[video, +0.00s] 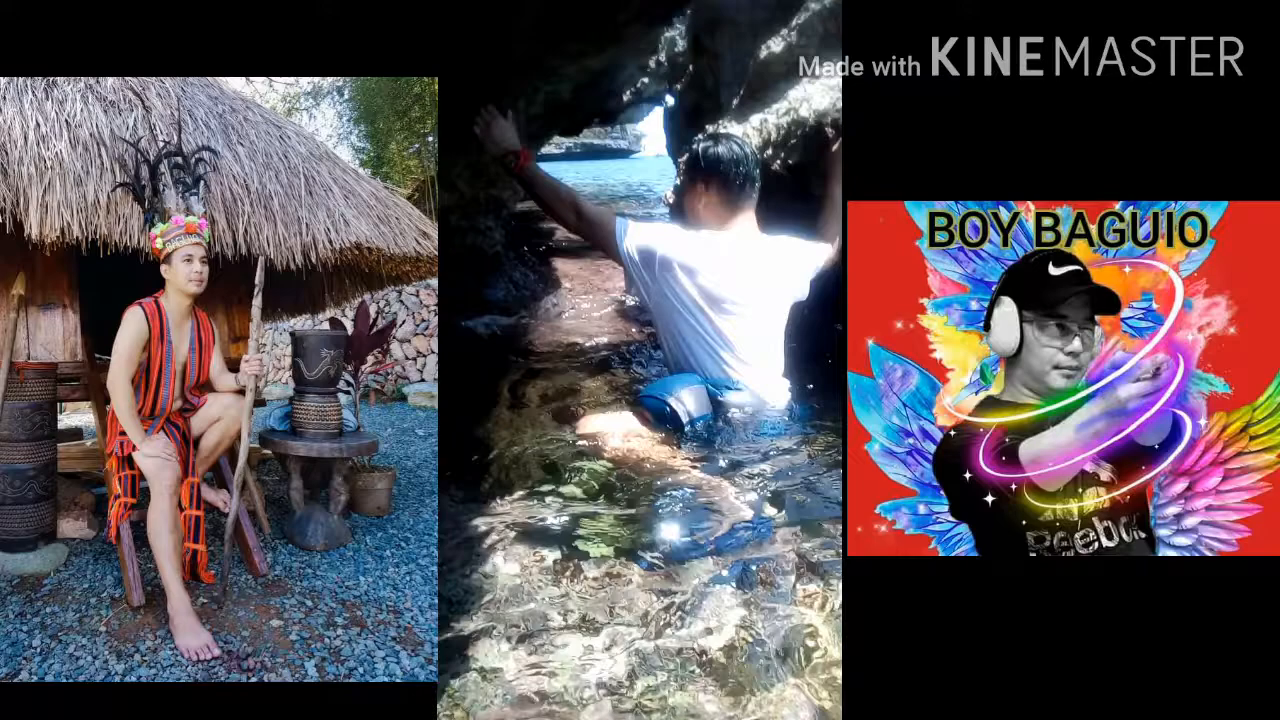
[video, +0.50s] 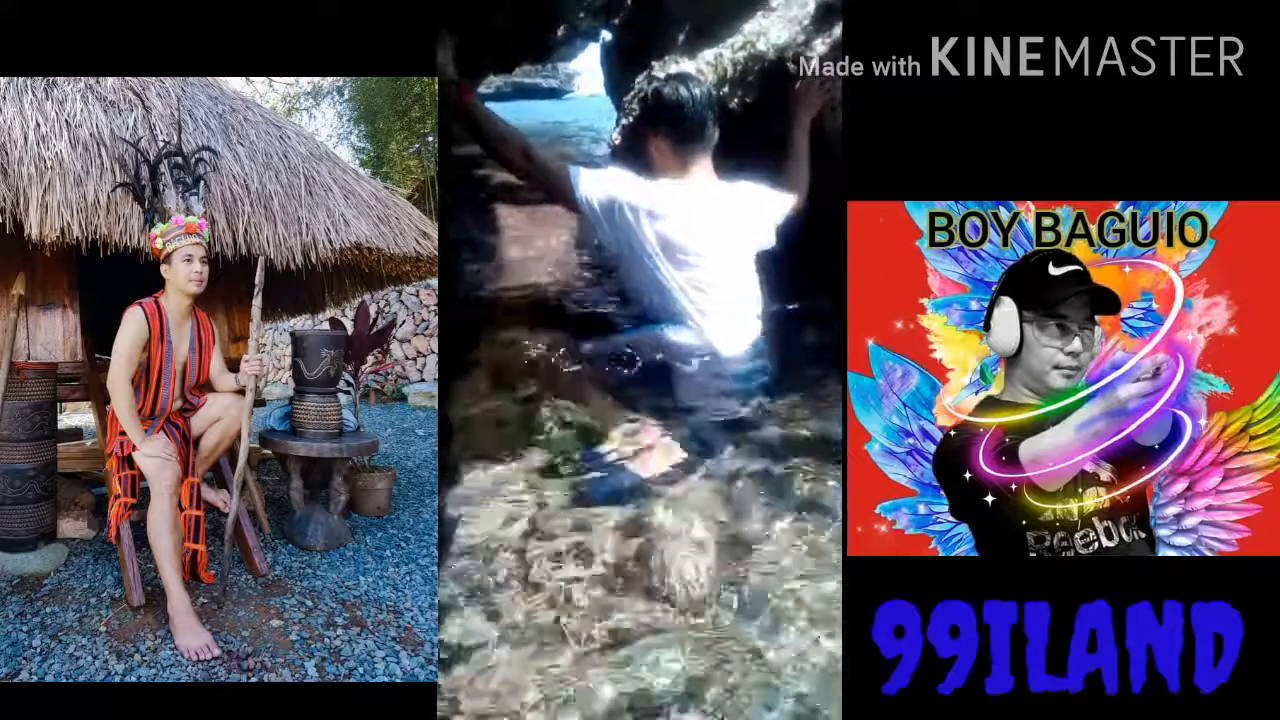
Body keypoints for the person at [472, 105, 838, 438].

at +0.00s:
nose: (675, 194)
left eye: (681, 182)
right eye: (679, 181)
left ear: (705, 190)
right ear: (754, 192)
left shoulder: (664, 248)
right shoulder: (794, 257)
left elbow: (577, 215)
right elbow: (837, 248)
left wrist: (516, 157)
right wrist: (837, 168)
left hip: (717, 417)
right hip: (787, 420)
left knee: (596, 426)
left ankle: (726, 503)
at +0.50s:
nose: (633, 147)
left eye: (635, 135)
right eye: (632, 134)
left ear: (655, 145)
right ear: (711, 137)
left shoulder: (625, 196)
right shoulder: (745, 201)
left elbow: (524, 161)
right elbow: (796, 192)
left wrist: (464, 97)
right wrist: (802, 119)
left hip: (686, 359)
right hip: (751, 357)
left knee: (563, 365)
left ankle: (643, 443)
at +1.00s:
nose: (648, 37)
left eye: (648, 27)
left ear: (652, 34)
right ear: (721, 34)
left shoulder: (613, 95)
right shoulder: (747, 102)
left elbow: (508, 53)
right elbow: (802, 86)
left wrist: (458, 3)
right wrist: (813, 12)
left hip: (657, 269)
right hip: (731, 265)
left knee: (572, 233)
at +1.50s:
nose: (632, 112)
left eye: (636, 101)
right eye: (635, 101)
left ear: (650, 107)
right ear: (698, 113)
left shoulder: (606, 169)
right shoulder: (715, 164)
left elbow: (515, 137)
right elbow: (723, 114)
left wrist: (452, 58)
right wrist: (711, 53)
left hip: (651, 325)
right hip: (719, 313)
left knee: (572, 299)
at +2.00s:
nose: (599, 154)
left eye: (617, 145)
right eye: (595, 142)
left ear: (647, 161)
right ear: (586, 146)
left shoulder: (593, 205)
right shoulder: (650, 206)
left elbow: (520, 175)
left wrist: (454, 96)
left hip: (635, 341)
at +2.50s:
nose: (618, 152)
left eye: (632, 141)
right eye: (615, 140)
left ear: (665, 150)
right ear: (611, 141)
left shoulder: (622, 193)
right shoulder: (670, 200)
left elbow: (566, 161)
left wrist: (510, 77)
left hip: (649, 343)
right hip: (703, 343)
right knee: (690, 444)